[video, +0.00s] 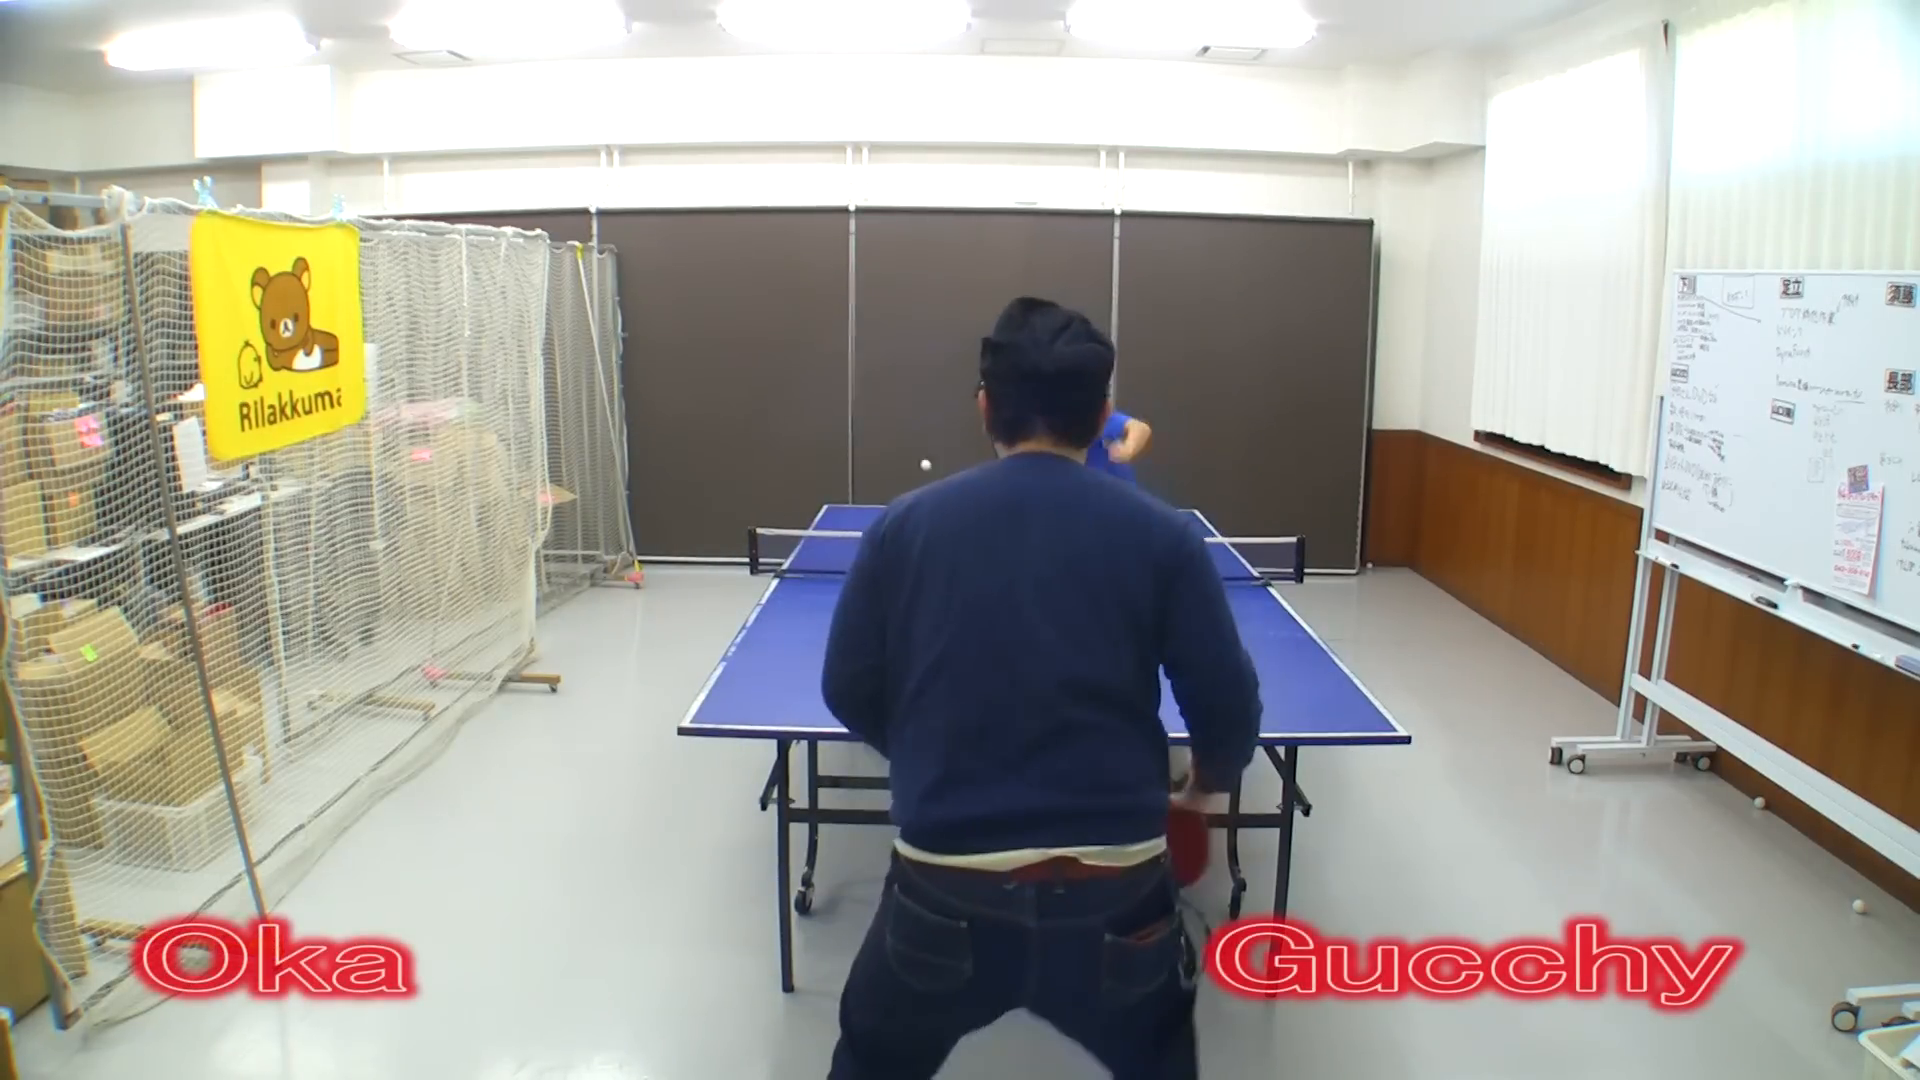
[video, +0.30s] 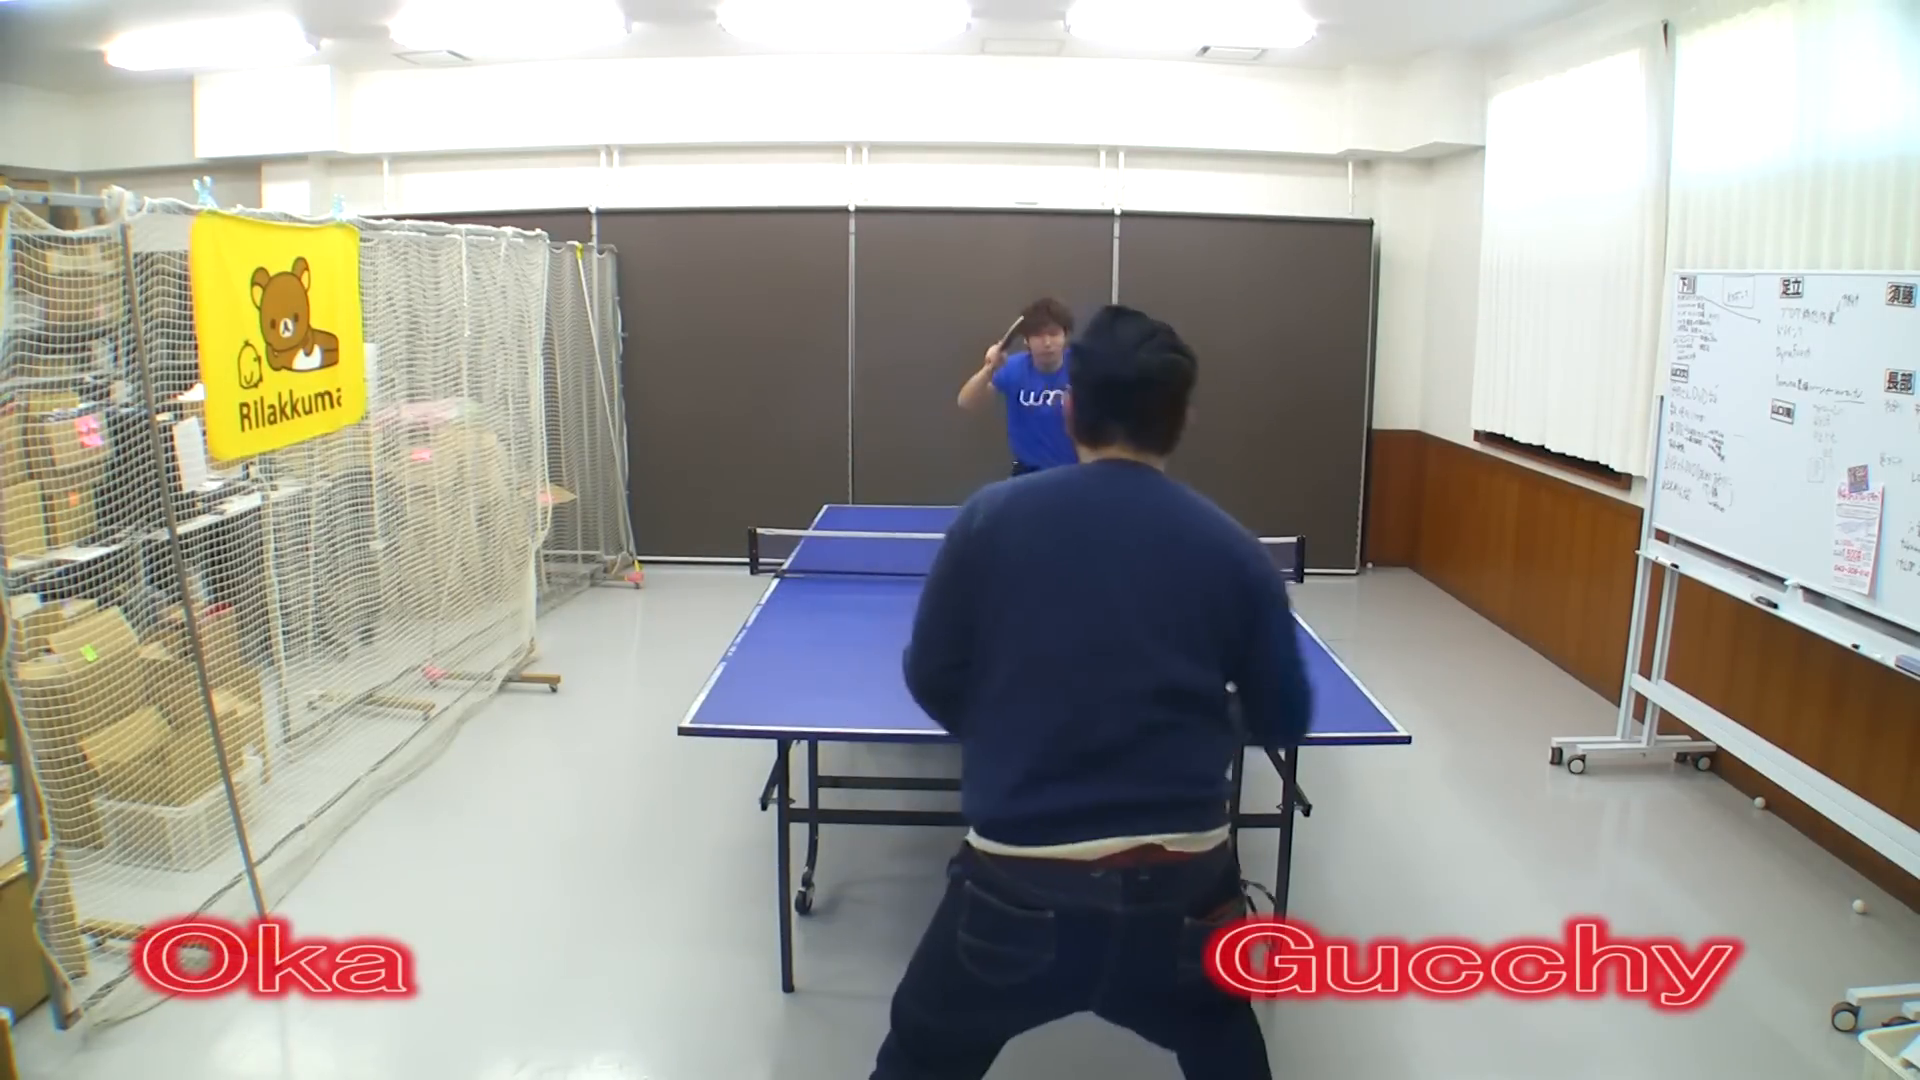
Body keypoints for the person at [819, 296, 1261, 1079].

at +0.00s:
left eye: (981, 388)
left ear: (986, 405)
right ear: (1102, 414)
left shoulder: (906, 526)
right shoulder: (1158, 533)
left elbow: (849, 684)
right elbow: (1227, 698)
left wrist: (938, 752)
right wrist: (1209, 783)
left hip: (946, 912)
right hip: (1115, 914)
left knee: (873, 1063)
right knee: (1158, 1064)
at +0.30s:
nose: (1057, 402)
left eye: (1060, 389)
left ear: (1069, 411)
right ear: (1180, 420)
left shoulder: (991, 520)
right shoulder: (1229, 547)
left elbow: (932, 671)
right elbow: (1284, 719)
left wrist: (1014, 729)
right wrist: (1197, 691)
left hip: (1017, 910)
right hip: (1179, 911)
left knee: (920, 1062)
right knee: (1226, 1053)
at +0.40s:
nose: (1110, 422)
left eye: (1117, 409)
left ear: (1127, 424)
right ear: (1234, 440)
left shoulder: (1046, 515)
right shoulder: (1278, 553)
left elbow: (956, 648)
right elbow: (1368, 658)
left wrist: (1015, 716)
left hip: (1035, 904)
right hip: (1191, 912)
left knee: (936, 1063)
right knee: (1238, 1060)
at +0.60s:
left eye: (1169, 366)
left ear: (1177, 380)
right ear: (1290, 390)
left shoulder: (1126, 461)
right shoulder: (1336, 497)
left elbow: (1047, 594)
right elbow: (1378, 587)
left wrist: (1022, 632)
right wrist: (1295, 588)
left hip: (1099, 835)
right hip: (1250, 849)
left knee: (969, 1017)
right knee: (1252, 1042)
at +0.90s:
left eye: (1167, 362)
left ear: (1172, 376)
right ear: (1283, 383)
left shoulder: (1137, 459)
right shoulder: (1335, 500)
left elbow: (1089, 580)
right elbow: (1382, 622)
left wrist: (1012, 630)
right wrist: (1284, 655)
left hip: (1121, 845)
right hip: (1268, 852)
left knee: (1003, 1033)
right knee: (1258, 1052)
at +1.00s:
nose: (1140, 376)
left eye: (1140, 366)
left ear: (1145, 383)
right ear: (1257, 390)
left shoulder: (1096, 477)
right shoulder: (1312, 506)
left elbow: (1018, 619)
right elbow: (1371, 657)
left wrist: (989, 644)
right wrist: (1275, 691)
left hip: (1102, 866)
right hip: (1255, 866)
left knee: (1004, 1058)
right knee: (1252, 1055)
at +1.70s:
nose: (1156, 392)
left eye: (1160, 381)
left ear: (1167, 400)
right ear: (1278, 410)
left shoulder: (1103, 512)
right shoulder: (1333, 537)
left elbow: (1035, 681)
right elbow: (1400, 701)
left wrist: (1024, 739)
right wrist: (1301, 664)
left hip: (1116, 913)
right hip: (1282, 913)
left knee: (1008, 1067)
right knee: (1309, 1061)